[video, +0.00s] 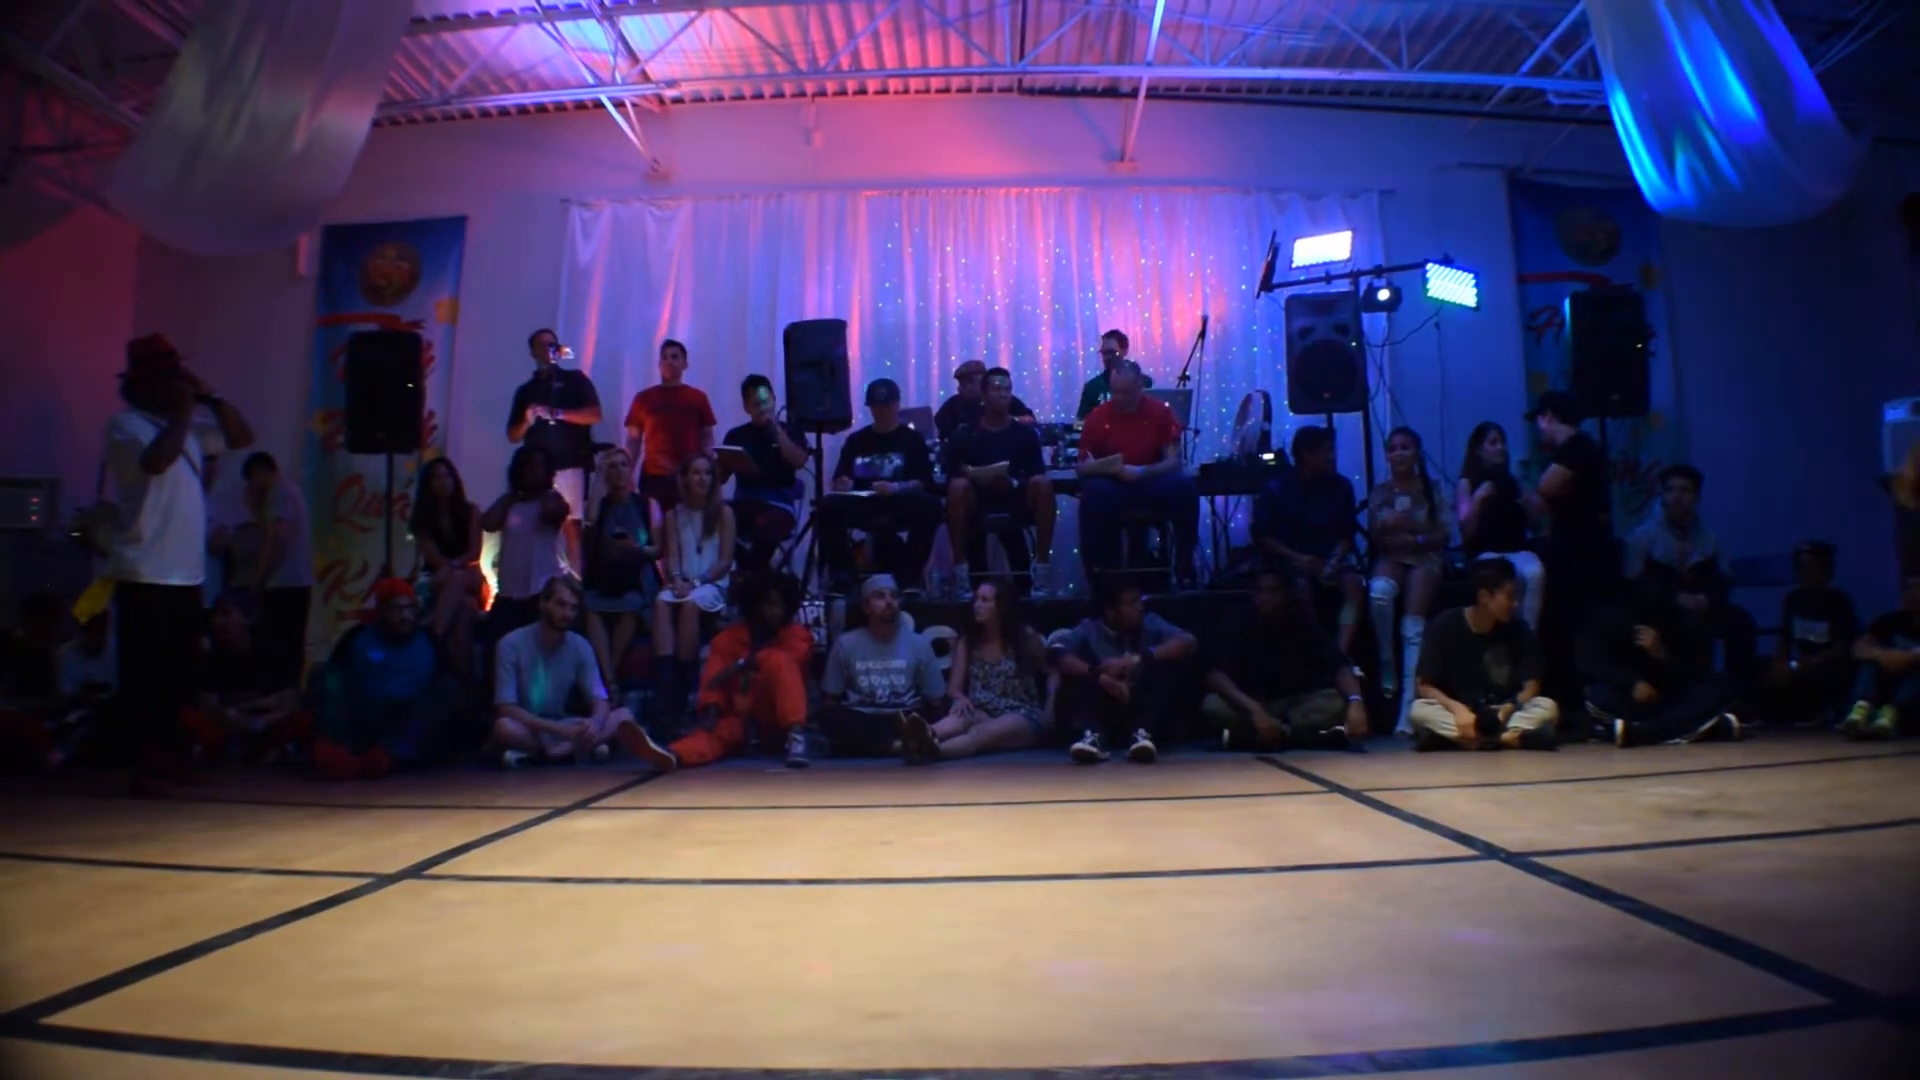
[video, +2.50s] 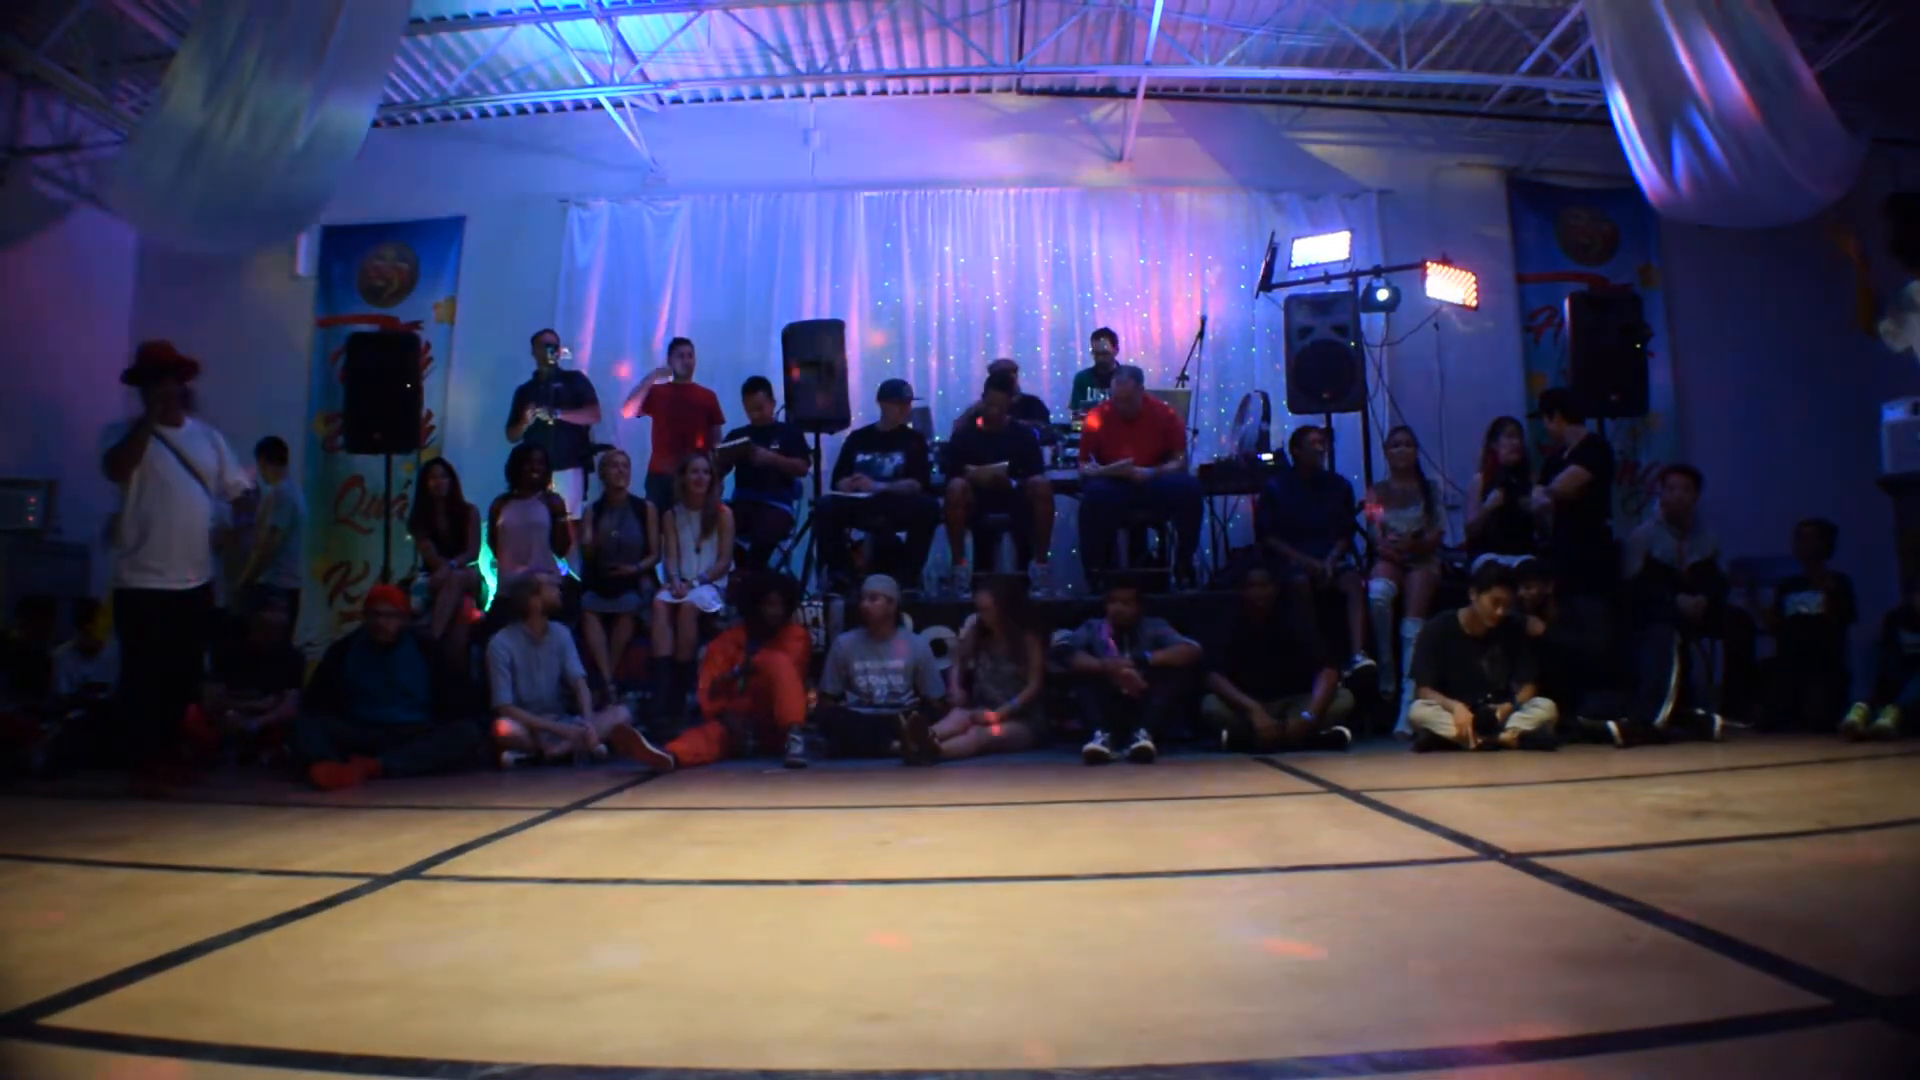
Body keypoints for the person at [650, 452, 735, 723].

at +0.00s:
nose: (702, 479)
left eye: (707, 473)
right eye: (696, 473)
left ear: (713, 479)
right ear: (683, 479)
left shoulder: (723, 513)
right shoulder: (673, 517)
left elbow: (725, 561)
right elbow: (671, 558)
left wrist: (699, 582)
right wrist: (676, 580)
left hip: (712, 580)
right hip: (682, 581)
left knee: (690, 606)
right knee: (662, 603)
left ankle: (685, 679)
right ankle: (664, 677)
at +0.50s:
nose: (702, 479)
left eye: (707, 474)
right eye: (696, 474)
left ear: (713, 480)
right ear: (683, 479)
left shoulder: (722, 514)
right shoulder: (672, 516)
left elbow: (725, 560)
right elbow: (669, 557)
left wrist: (698, 582)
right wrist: (674, 580)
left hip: (710, 581)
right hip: (678, 581)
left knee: (689, 605)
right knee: (661, 603)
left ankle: (683, 679)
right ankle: (664, 677)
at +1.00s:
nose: (700, 478)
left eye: (705, 473)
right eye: (694, 473)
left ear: (711, 479)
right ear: (682, 478)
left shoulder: (720, 513)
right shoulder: (671, 516)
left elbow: (723, 560)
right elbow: (668, 556)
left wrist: (697, 582)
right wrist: (673, 580)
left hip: (709, 581)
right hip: (678, 580)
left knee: (688, 606)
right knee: (659, 603)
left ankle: (682, 679)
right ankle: (662, 676)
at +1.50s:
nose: (699, 478)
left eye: (705, 473)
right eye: (693, 472)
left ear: (712, 478)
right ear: (682, 478)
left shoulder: (722, 514)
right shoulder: (671, 515)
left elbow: (724, 559)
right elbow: (669, 556)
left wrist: (699, 581)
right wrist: (671, 578)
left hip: (710, 580)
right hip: (678, 580)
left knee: (688, 607)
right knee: (660, 606)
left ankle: (682, 683)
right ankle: (662, 681)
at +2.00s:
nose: (700, 477)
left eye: (705, 472)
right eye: (694, 472)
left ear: (712, 478)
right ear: (682, 478)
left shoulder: (722, 514)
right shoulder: (671, 516)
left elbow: (724, 560)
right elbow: (669, 557)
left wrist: (698, 582)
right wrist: (673, 581)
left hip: (709, 581)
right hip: (678, 581)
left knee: (688, 608)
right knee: (659, 605)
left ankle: (682, 684)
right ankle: (662, 683)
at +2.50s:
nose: (700, 478)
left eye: (705, 472)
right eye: (694, 472)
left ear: (712, 478)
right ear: (683, 478)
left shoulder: (722, 513)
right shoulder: (672, 516)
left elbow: (725, 560)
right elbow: (670, 556)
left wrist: (697, 582)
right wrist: (674, 581)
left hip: (710, 580)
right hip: (679, 580)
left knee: (688, 607)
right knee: (659, 605)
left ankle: (682, 682)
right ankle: (662, 680)